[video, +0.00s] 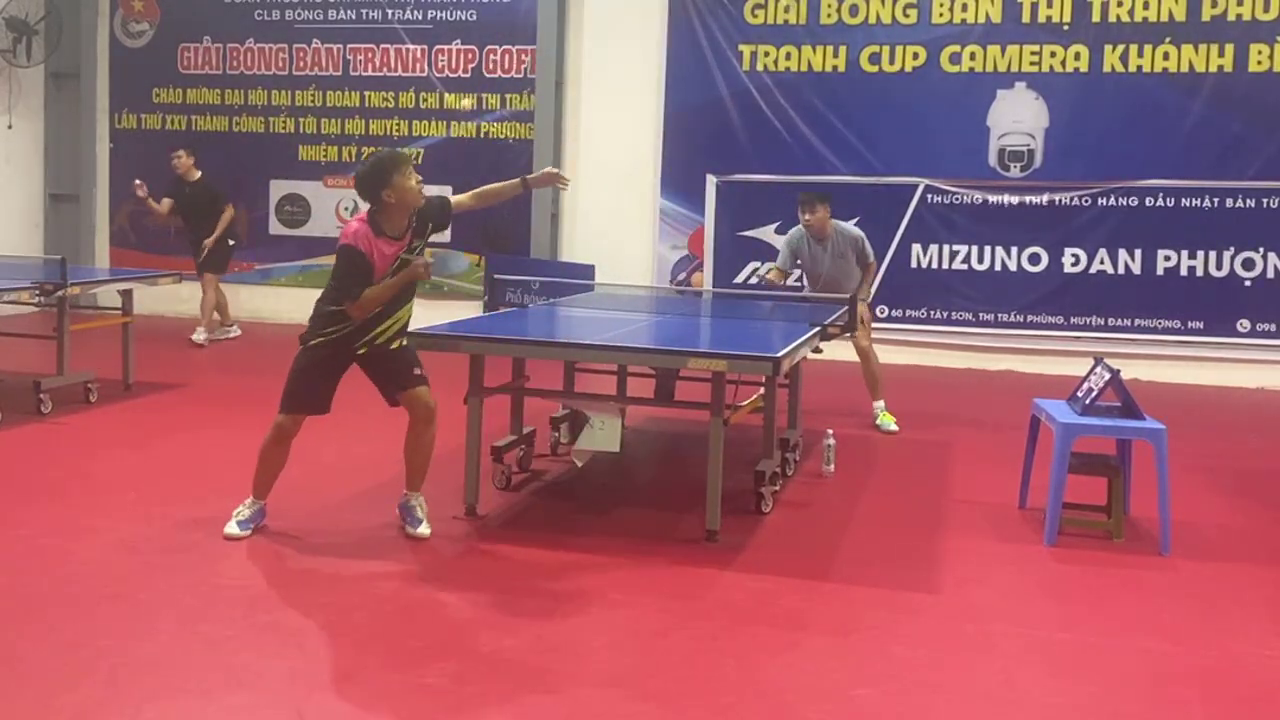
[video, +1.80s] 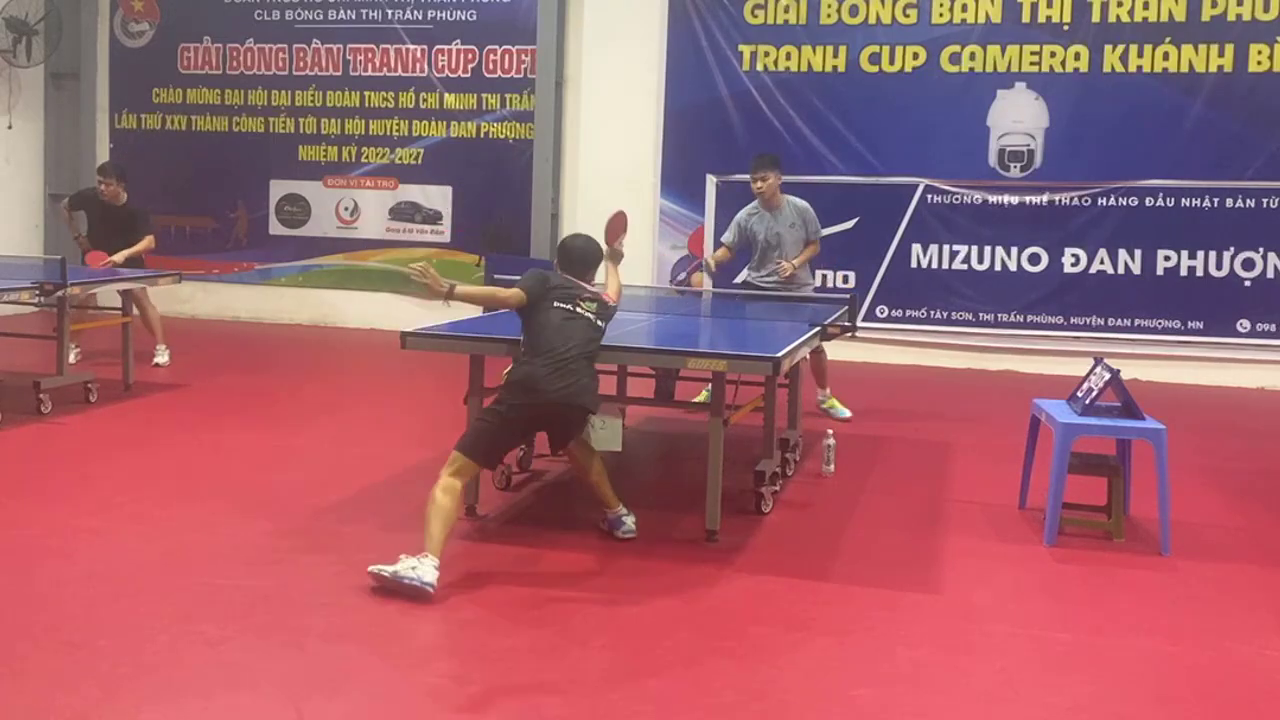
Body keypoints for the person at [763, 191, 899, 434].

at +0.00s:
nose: (806, 218)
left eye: (812, 213)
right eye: (802, 213)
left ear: (828, 212)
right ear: (799, 214)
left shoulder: (852, 235)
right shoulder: (795, 238)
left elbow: (870, 265)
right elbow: (780, 272)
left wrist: (861, 298)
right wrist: (773, 278)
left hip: (853, 301)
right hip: (816, 302)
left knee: (863, 347)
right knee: (784, 340)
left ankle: (880, 410)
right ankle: (766, 394)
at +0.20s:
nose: (795, 196)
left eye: (801, 190)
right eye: (792, 190)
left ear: (816, 190)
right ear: (788, 191)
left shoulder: (839, 219)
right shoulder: (782, 220)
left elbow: (852, 250)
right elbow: (767, 252)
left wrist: (842, 273)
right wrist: (762, 261)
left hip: (832, 298)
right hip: (793, 298)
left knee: (850, 343)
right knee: (774, 339)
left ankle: (876, 407)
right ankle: (766, 392)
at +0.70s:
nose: (787, 206)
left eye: (793, 199)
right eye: (784, 200)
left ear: (809, 199)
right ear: (780, 201)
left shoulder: (833, 228)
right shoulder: (774, 229)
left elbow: (852, 257)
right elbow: (746, 247)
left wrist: (849, 274)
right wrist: (734, 252)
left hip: (826, 306)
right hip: (784, 306)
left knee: (848, 356)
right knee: (744, 338)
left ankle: (850, 403)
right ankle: (740, 394)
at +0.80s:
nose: (770, 211)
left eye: (776, 206)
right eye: (767, 206)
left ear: (792, 205)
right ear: (763, 207)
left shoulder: (817, 231)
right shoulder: (757, 234)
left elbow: (837, 258)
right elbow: (723, 250)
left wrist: (844, 278)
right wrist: (719, 256)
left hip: (814, 311)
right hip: (773, 311)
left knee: (836, 355)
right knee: (739, 350)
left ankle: (848, 403)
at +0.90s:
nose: (750, 219)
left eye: (755, 212)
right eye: (746, 213)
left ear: (771, 211)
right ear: (743, 215)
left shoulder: (793, 234)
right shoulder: (737, 240)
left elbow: (816, 259)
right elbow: (703, 256)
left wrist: (835, 280)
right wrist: (701, 260)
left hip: (792, 312)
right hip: (750, 314)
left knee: (817, 353)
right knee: (717, 356)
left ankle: (847, 403)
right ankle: (709, 411)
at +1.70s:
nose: (765, 184)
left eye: (771, 179)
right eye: (760, 180)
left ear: (782, 180)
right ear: (755, 184)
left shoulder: (804, 211)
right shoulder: (746, 217)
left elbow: (817, 245)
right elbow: (729, 251)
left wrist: (809, 262)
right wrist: (714, 258)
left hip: (797, 291)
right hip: (756, 289)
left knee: (811, 347)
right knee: (725, 332)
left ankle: (809, 399)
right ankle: (713, 390)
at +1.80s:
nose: (757, 186)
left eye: (763, 180)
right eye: (754, 181)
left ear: (778, 179)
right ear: (750, 183)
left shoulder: (801, 209)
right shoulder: (745, 217)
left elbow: (814, 245)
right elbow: (728, 248)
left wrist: (795, 263)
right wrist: (713, 258)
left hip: (798, 290)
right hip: (756, 288)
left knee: (816, 343)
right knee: (726, 330)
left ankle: (824, 396)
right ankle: (714, 387)